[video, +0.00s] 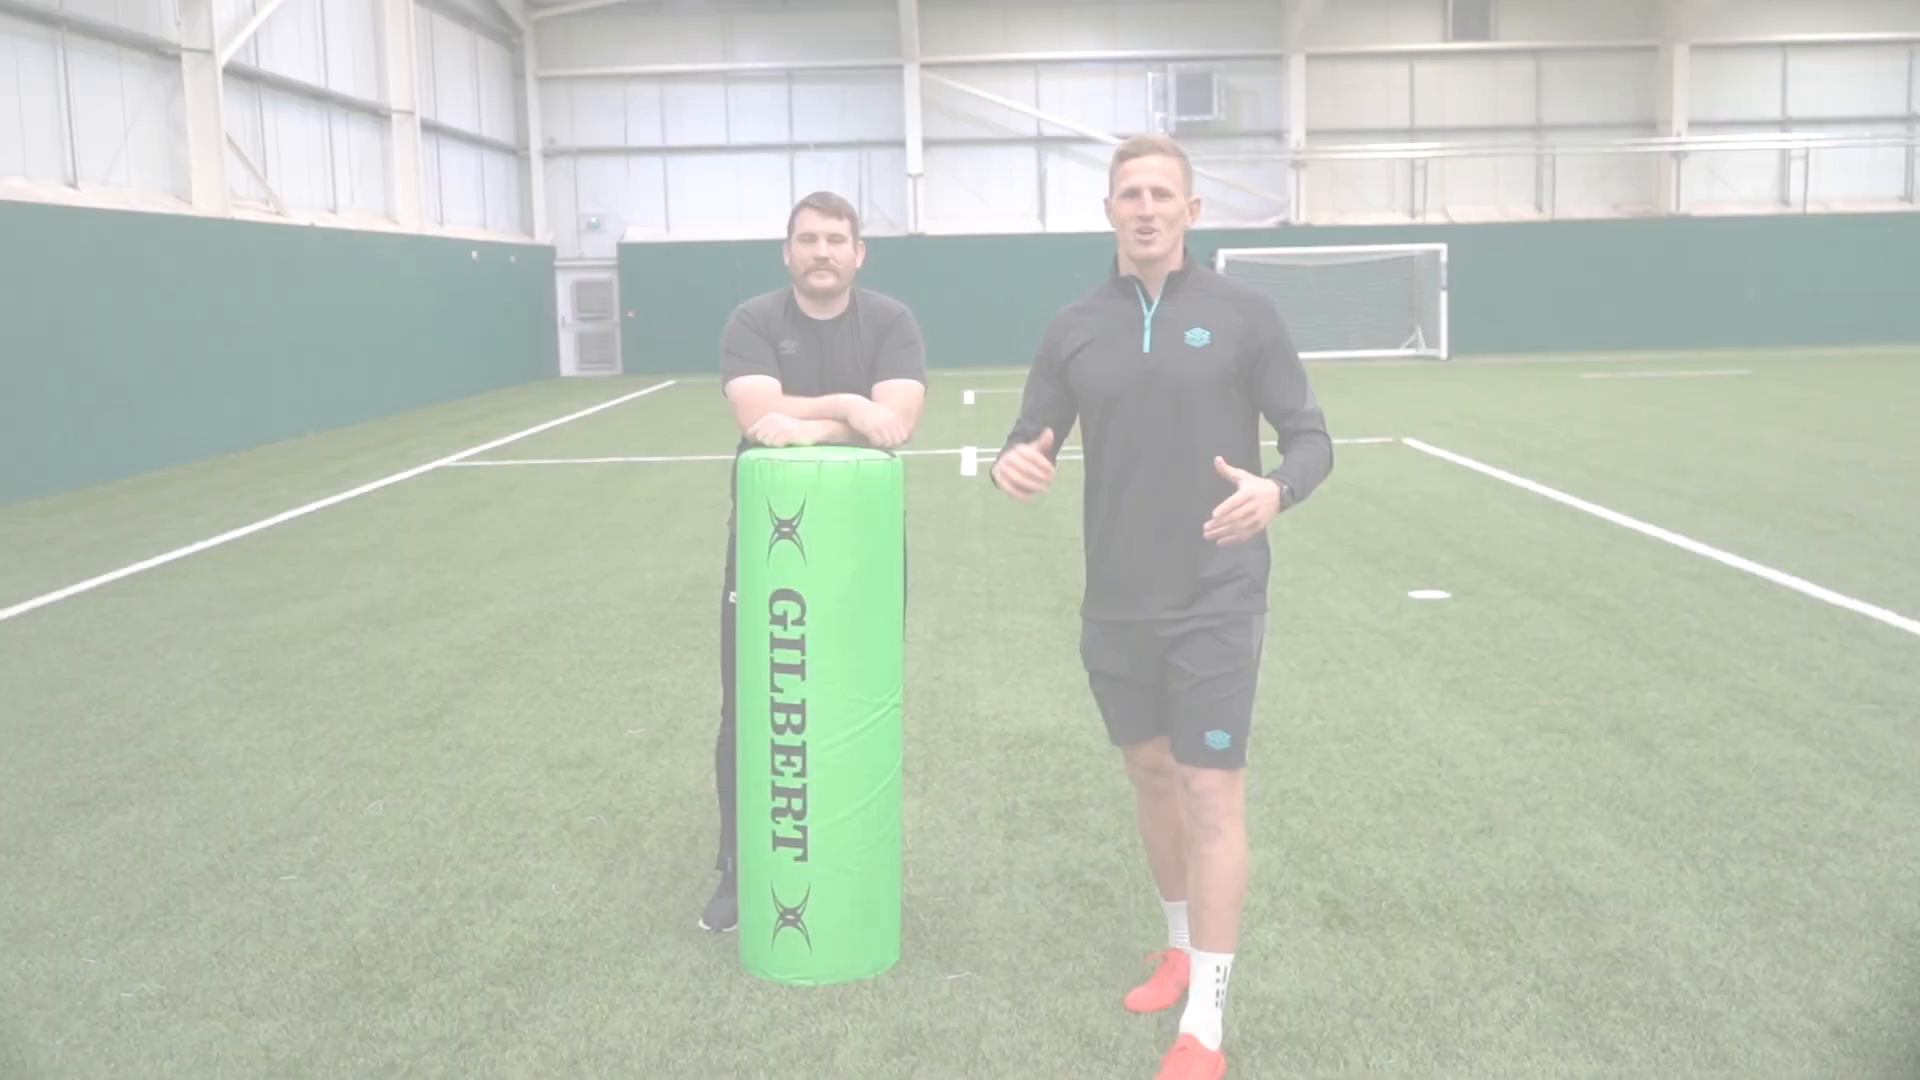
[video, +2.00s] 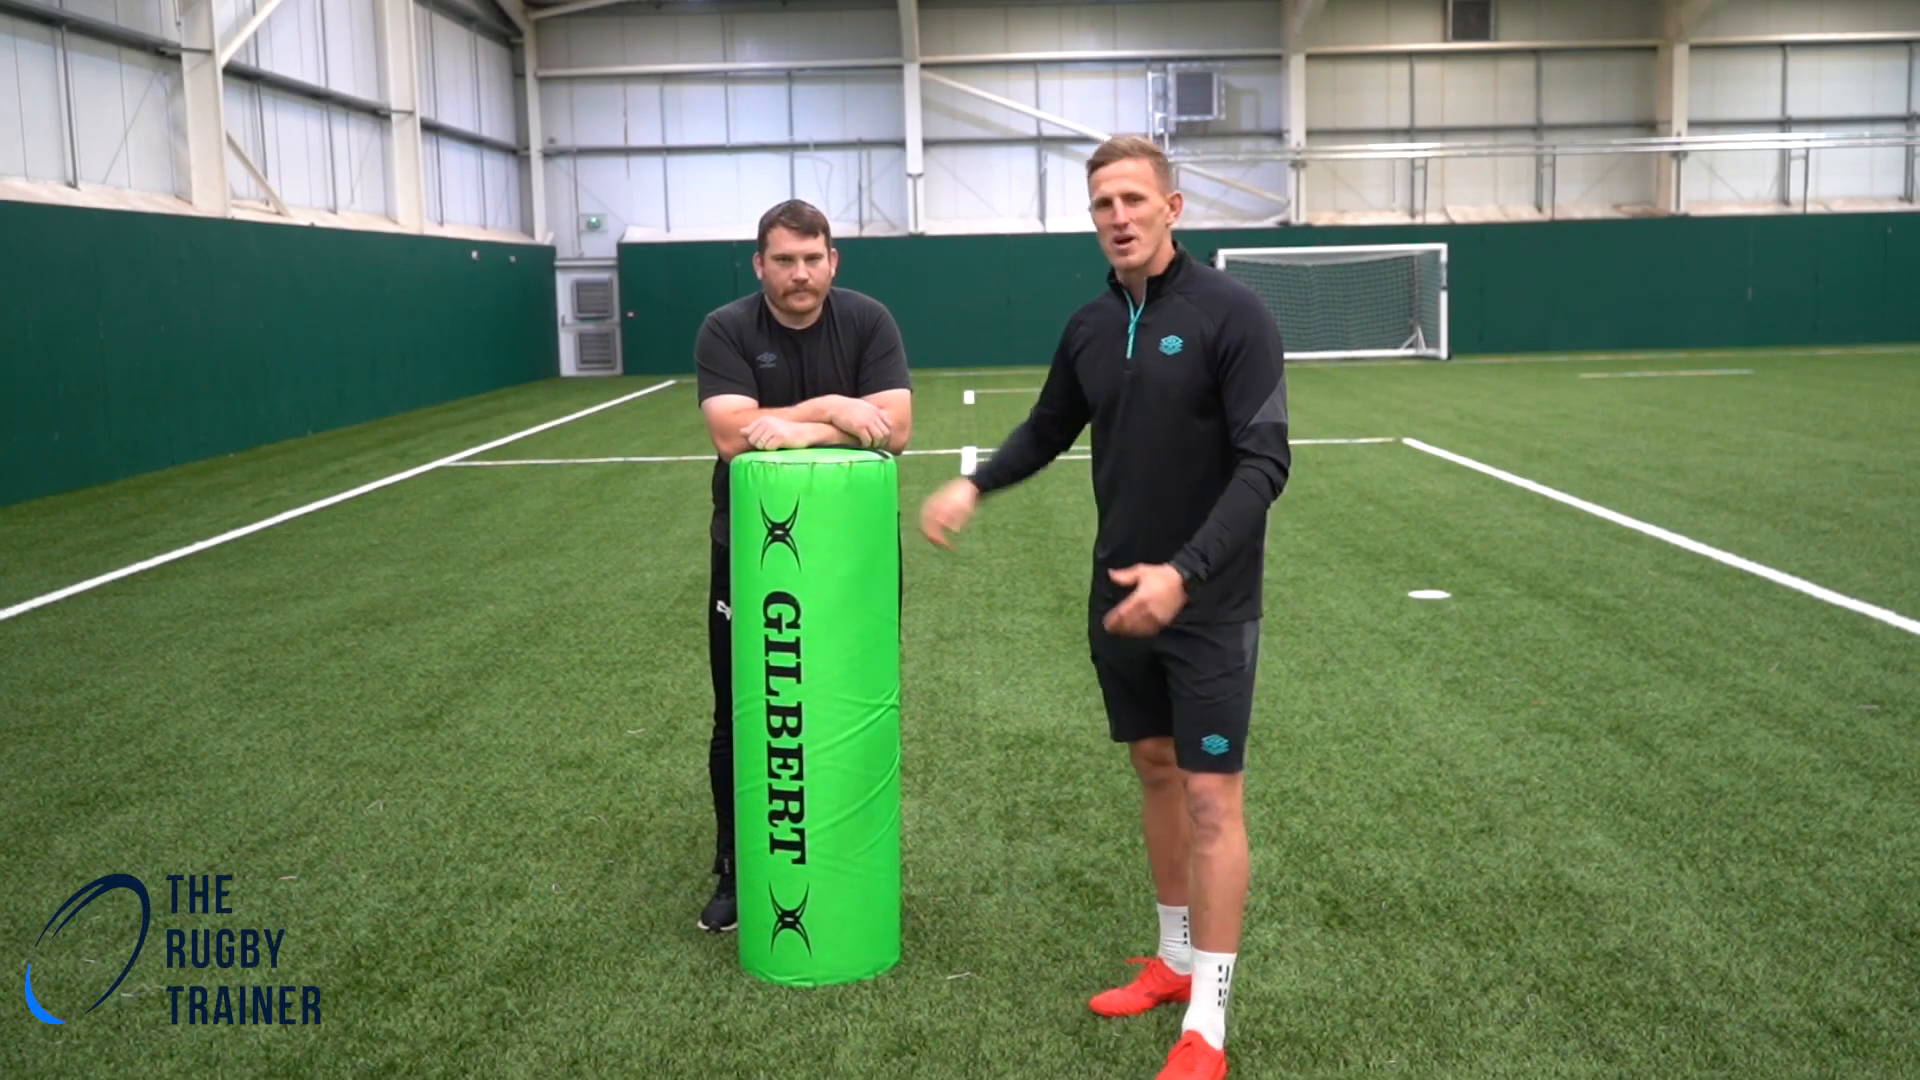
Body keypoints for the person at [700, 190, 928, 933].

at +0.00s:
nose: (822, 252)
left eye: (836, 240)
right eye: (809, 240)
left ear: (858, 251)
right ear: (788, 250)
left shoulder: (892, 321)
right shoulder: (754, 321)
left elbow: (892, 427)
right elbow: (761, 421)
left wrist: (806, 430)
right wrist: (851, 405)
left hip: (860, 546)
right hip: (768, 544)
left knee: (854, 715)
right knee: (749, 712)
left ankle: (846, 880)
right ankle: (738, 872)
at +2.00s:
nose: (801, 275)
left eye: (813, 260)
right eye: (785, 262)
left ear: (832, 260)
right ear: (759, 266)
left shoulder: (868, 320)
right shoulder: (728, 328)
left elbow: (895, 426)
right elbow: (731, 434)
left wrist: (789, 424)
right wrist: (838, 410)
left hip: (848, 552)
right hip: (750, 552)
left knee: (847, 717)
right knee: (741, 715)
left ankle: (846, 880)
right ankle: (736, 874)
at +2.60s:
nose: (813, 278)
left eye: (826, 263)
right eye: (799, 264)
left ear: (846, 263)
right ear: (775, 264)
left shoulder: (880, 323)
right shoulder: (742, 329)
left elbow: (891, 428)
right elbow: (740, 432)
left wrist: (788, 423)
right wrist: (841, 412)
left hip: (855, 549)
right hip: (762, 550)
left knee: (850, 719)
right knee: (748, 715)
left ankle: (846, 884)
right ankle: (736, 875)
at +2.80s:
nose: (821, 273)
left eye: (836, 260)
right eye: (809, 258)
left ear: (856, 265)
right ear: (785, 259)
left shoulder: (885, 325)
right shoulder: (747, 326)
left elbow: (890, 428)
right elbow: (743, 427)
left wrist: (789, 421)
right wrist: (843, 412)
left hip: (858, 547)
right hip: (766, 547)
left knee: (853, 717)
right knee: (750, 713)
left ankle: (849, 883)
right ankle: (738, 874)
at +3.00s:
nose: (824, 267)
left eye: (839, 255)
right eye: (812, 252)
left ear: (860, 261)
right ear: (790, 255)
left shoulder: (889, 324)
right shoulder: (750, 324)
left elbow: (889, 423)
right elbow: (743, 425)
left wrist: (786, 414)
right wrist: (849, 415)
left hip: (858, 546)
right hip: (768, 545)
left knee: (851, 717)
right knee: (752, 712)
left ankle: (846, 883)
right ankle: (739, 873)